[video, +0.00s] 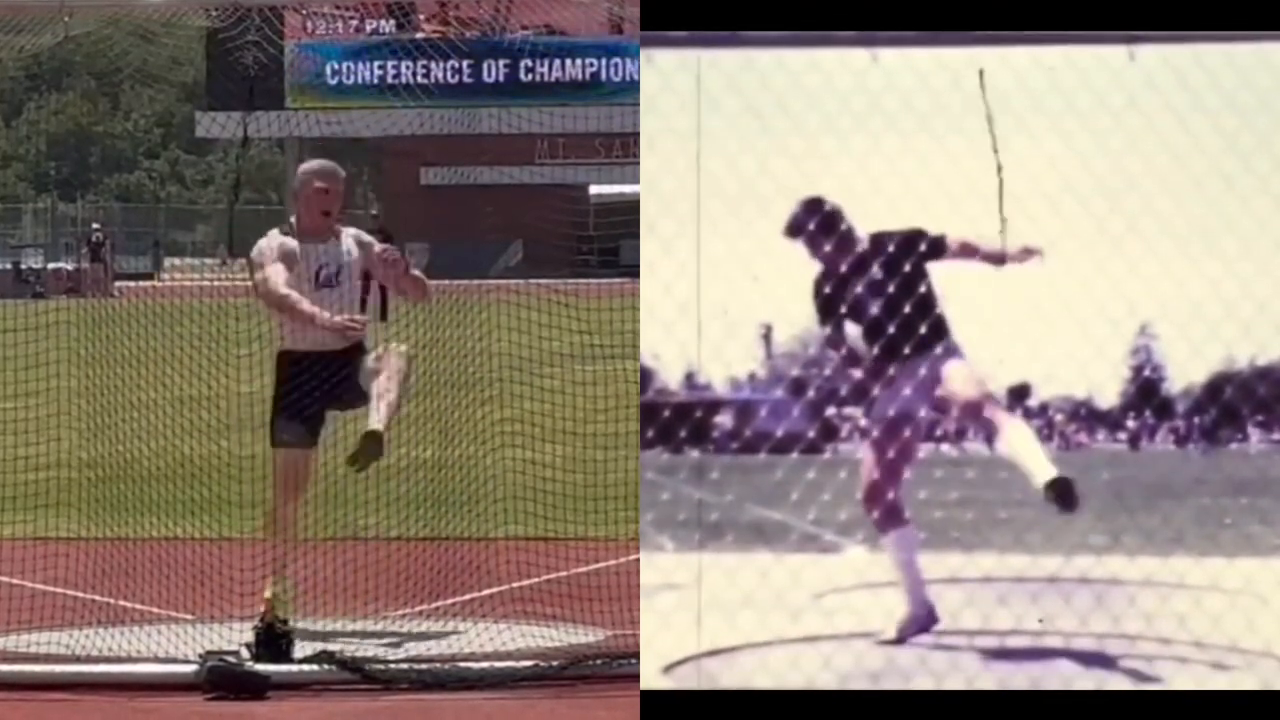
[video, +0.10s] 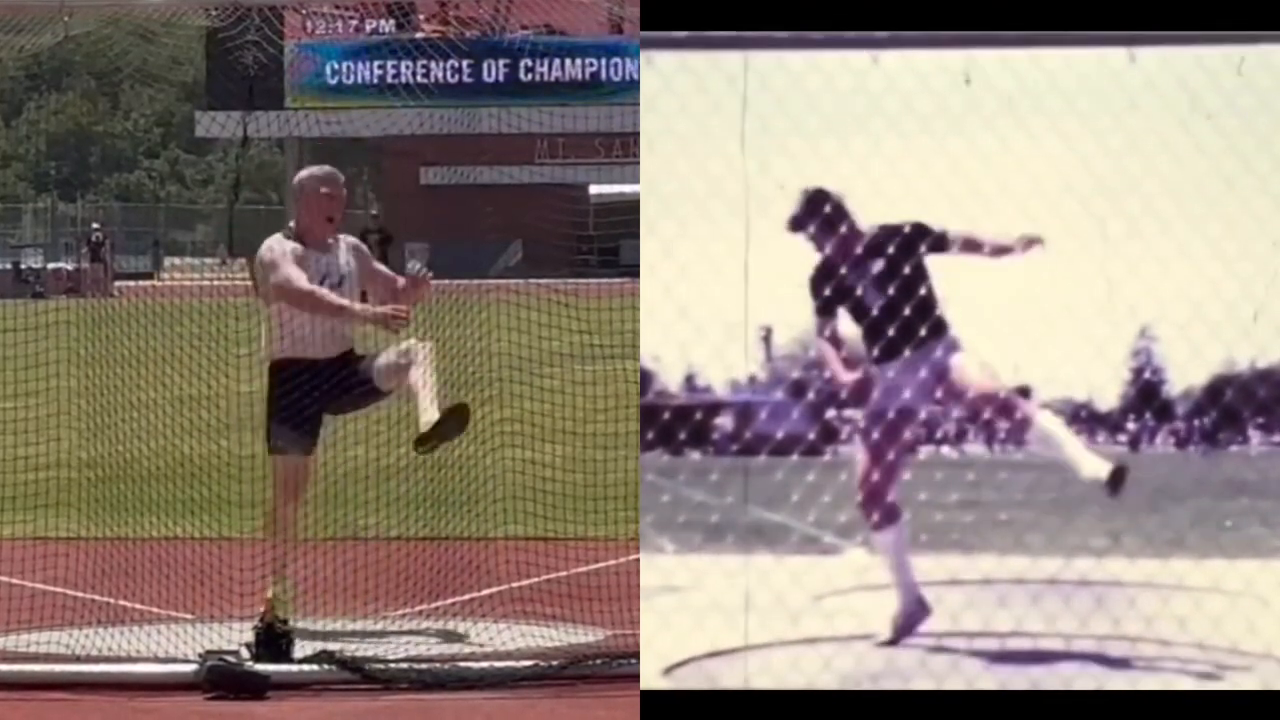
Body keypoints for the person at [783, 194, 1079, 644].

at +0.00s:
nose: (815, 253)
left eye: (817, 241)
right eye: (808, 245)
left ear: (836, 229)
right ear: (811, 245)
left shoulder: (896, 247)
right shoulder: (828, 288)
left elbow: (959, 248)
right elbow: (835, 342)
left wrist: (1004, 256)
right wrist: (858, 365)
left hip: (936, 360)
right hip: (891, 381)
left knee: (980, 401)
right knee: (877, 494)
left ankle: (1050, 482)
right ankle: (918, 606)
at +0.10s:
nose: (822, 247)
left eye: (823, 236)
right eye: (815, 241)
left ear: (841, 221)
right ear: (815, 239)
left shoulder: (900, 240)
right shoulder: (825, 279)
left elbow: (964, 244)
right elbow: (825, 335)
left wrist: (1011, 247)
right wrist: (840, 371)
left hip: (939, 356)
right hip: (890, 377)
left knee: (994, 398)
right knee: (873, 489)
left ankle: (1093, 468)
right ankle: (909, 600)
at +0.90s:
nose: (891, 226)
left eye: (892, 216)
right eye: (880, 220)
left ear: (895, 215)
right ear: (860, 228)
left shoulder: (909, 254)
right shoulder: (849, 282)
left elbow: (947, 278)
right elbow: (836, 355)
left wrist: (999, 256)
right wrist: (846, 420)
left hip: (938, 376)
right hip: (892, 398)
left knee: (1015, 416)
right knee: (890, 504)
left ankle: (1030, 469)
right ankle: (895, 625)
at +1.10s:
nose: (922, 228)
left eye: (920, 219)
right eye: (913, 221)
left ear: (912, 222)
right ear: (889, 227)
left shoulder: (915, 262)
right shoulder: (867, 276)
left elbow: (938, 281)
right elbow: (866, 353)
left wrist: (989, 261)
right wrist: (874, 420)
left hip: (932, 385)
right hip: (889, 398)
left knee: (1006, 435)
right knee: (897, 507)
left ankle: (975, 499)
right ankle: (897, 623)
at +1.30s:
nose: (938, 217)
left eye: (936, 208)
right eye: (931, 209)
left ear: (907, 214)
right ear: (912, 216)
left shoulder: (917, 261)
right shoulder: (888, 269)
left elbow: (933, 277)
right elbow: (888, 325)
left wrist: (972, 263)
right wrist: (900, 353)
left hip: (922, 382)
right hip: (885, 390)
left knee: (979, 444)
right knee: (903, 506)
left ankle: (922, 520)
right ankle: (897, 619)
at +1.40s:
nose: (950, 218)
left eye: (947, 209)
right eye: (948, 209)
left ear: (907, 209)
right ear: (939, 212)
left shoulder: (906, 251)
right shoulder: (914, 267)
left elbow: (925, 271)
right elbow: (917, 343)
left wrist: (965, 268)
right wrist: (946, 391)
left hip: (911, 384)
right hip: (890, 390)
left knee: (956, 465)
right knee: (911, 504)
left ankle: (877, 538)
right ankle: (897, 622)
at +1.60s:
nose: (967, 222)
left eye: (963, 212)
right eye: (964, 213)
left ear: (922, 212)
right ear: (957, 216)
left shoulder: (898, 259)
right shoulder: (948, 271)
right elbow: (966, 339)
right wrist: (1011, 391)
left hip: (875, 382)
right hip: (902, 392)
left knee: (897, 487)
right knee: (923, 507)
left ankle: (820, 564)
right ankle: (900, 624)